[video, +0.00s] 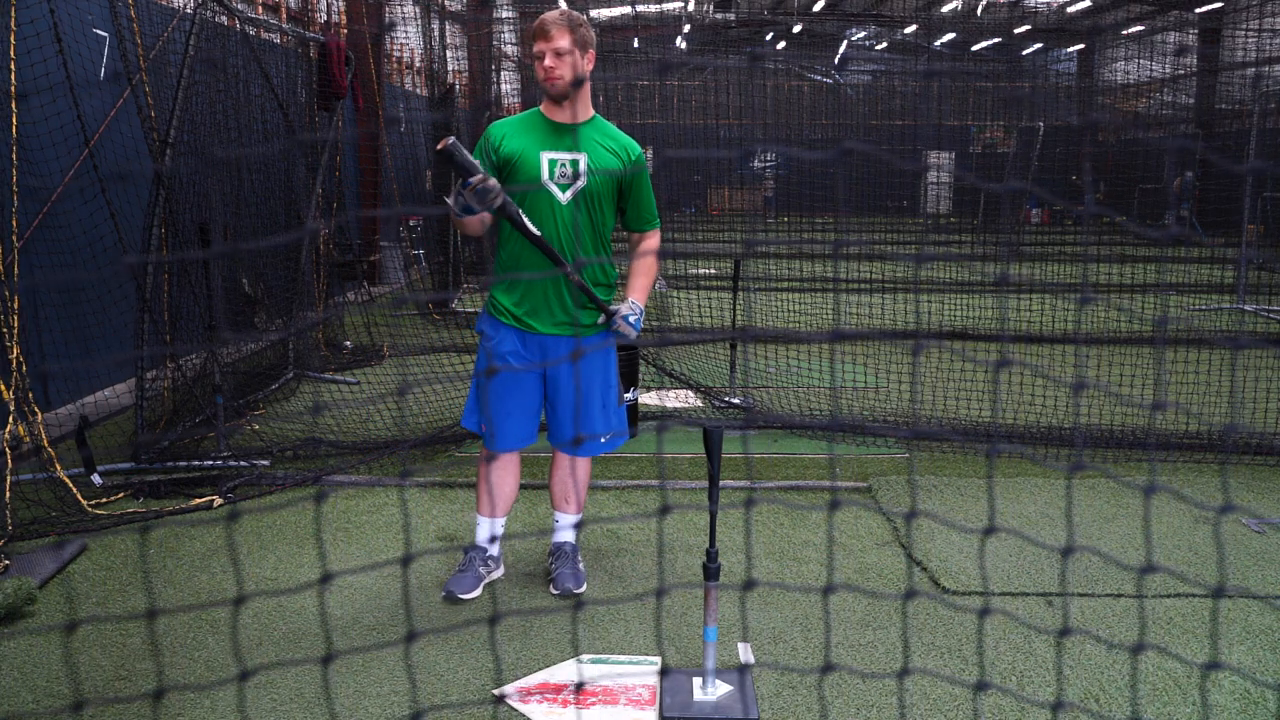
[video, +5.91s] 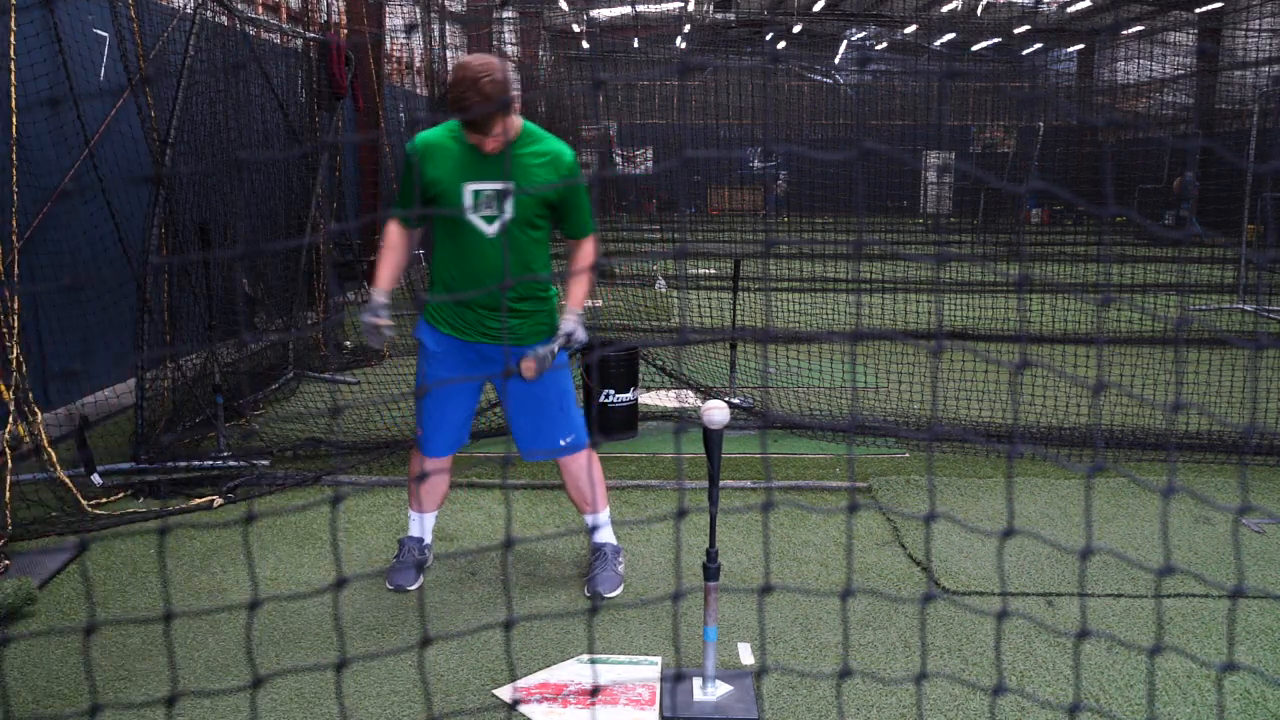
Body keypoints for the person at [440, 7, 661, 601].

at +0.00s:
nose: (548, 66)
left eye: (559, 55)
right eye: (539, 57)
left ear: (587, 59)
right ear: (531, 65)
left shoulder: (623, 153)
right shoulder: (502, 138)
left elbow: (647, 240)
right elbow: (473, 228)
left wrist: (632, 305)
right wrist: (472, 207)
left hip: (586, 324)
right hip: (511, 320)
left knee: (575, 440)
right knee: (500, 441)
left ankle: (565, 546)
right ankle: (486, 550)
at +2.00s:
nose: (556, 60)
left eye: (566, 49)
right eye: (544, 52)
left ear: (587, 57)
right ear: (532, 64)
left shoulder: (622, 146)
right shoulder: (501, 139)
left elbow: (652, 226)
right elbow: (475, 231)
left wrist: (641, 281)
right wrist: (482, 195)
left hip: (590, 321)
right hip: (517, 318)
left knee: (576, 443)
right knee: (501, 444)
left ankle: (566, 547)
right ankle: (485, 552)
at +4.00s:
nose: (582, 64)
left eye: (586, 53)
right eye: (568, 54)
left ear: (595, 59)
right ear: (537, 64)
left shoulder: (620, 150)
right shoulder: (499, 133)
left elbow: (653, 227)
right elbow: (465, 206)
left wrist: (624, 288)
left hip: (583, 324)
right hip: (507, 320)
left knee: (574, 441)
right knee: (492, 442)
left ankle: (566, 546)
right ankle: (484, 549)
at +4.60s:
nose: (516, 88)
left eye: (524, 75)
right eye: (502, 78)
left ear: (537, 71)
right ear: (478, 77)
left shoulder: (568, 147)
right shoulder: (446, 149)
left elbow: (607, 223)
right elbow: (415, 224)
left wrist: (584, 278)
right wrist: (424, 231)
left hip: (547, 324)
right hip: (469, 325)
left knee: (557, 440)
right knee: (455, 443)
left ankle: (564, 545)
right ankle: (434, 549)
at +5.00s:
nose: (435, 114)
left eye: (441, 101)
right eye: (421, 108)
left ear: (457, 77)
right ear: (403, 99)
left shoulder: (512, 134)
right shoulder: (391, 159)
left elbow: (561, 201)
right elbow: (388, 233)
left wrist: (552, 276)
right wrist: (381, 268)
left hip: (515, 319)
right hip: (436, 325)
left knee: (547, 434)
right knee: (436, 443)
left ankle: (577, 540)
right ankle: (430, 548)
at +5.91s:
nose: (486, 142)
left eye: (494, 130)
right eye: (474, 132)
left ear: (516, 108)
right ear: (457, 116)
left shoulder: (555, 161)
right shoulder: (427, 152)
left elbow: (583, 240)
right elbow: (402, 224)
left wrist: (573, 313)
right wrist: (379, 297)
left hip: (534, 330)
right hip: (450, 330)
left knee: (569, 443)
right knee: (432, 447)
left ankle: (604, 543)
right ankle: (417, 542)